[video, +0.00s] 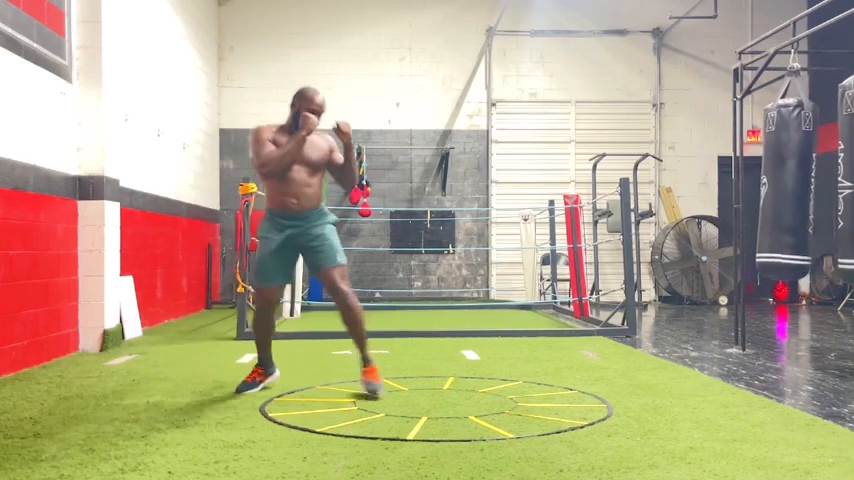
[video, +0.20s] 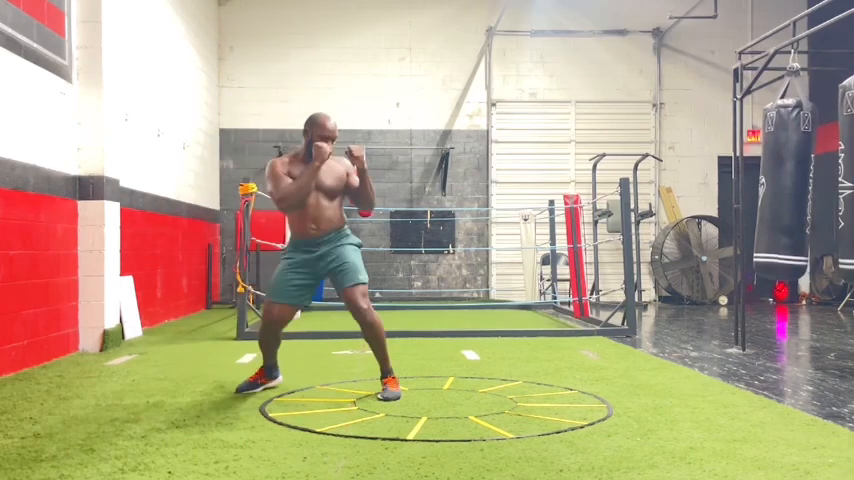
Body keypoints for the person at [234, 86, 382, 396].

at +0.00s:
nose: (313, 119)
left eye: (318, 115)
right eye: (310, 113)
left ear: (320, 116)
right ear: (294, 108)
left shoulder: (325, 144)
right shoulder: (265, 134)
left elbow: (349, 182)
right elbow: (266, 168)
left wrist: (348, 147)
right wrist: (301, 136)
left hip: (316, 224)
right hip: (276, 226)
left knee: (341, 289)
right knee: (264, 302)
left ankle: (367, 362)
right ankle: (265, 366)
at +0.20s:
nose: (328, 145)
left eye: (332, 140)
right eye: (324, 139)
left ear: (335, 140)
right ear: (308, 136)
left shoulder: (342, 167)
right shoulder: (280, 166)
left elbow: (366, 206)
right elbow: (284, 202)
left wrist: (362, 170)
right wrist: (315, 164)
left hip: (339, 243)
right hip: (299, 251)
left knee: (359, 305)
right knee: (271, 319)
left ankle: (388, 376)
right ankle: (269, 371)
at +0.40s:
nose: (318, 120)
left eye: (323, 116)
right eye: (314, 114)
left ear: (325, 117)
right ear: (299, 110)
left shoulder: (332, 144)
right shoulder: (272, 135)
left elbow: (356, 181)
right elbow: (266, 168)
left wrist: (351, 144)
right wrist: (305, 138)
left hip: (321, 224)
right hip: (282, 226)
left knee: (345, 292)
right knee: (264, 299)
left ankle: (375, 366)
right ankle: (265, 368)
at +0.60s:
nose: (307, 128)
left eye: (312, 124)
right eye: (303, 122)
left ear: (315, 123)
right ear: (287, 117)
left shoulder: (321, 150)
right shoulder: (261, 142)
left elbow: (345, 189)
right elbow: (257, 180)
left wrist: (339, 157)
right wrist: (293, 151)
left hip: (305, 230)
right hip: (266, 229)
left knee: (314, 297)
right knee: (242, 297)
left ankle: (329, 372)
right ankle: (234, 359)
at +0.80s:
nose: (286, 145)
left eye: (291, 141)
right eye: (282, 139)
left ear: (293, 140)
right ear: (266, 133)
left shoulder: (294, 168)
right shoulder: (236, 157)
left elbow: (310, 209)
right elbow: (232, 194)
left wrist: (313, 178)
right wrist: (269, 167)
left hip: (277, 242)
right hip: (238, 242)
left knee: (295, 300)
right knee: (215, 310)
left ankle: (326, 372)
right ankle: (211, 368)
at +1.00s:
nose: (264, 123)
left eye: (269, 119)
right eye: (261, 118)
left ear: (272, 119)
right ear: (246, 112)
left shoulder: (274, 144)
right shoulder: (216, 135)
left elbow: (296, 183)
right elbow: (212, 170)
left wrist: (295, 149)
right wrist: (249, 142)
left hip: (259, 219)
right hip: (221, 220)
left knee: (275, 280)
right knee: (212, 293)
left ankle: (296, 356)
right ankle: (209, 362)